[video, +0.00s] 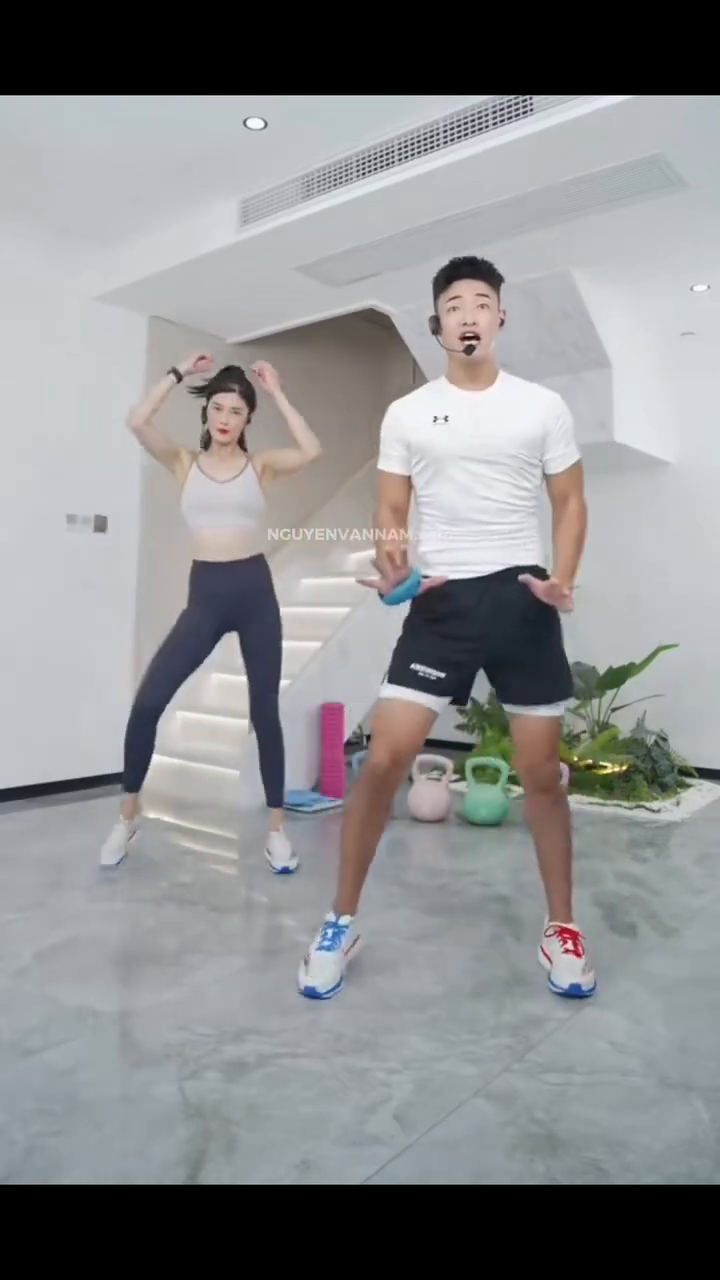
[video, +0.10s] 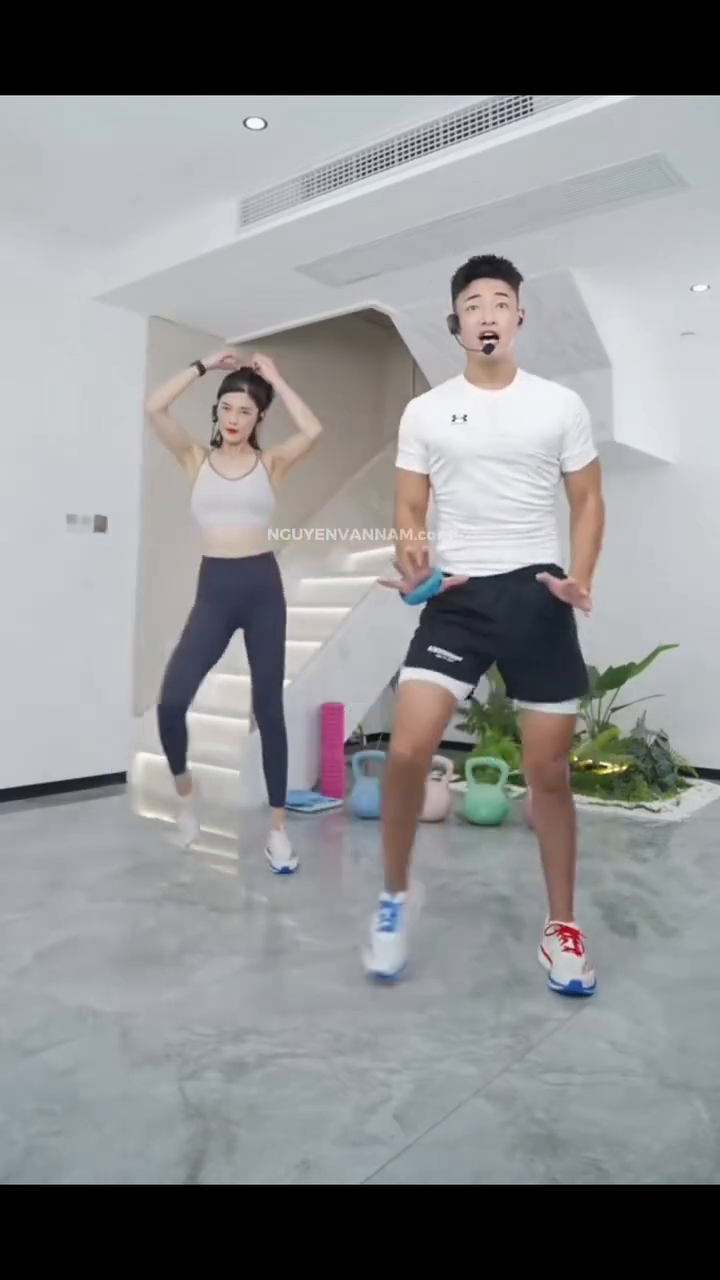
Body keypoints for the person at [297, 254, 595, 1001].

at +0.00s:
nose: (469, 317)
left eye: (481, 305)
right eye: (456, 306)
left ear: (502, 318)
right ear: (437, 324)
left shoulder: (543, 408)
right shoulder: (406, 415)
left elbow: (570, 504)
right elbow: (391, 519)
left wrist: (562, 580)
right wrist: (393, 558)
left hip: (525, 604)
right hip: (438, 605)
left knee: (542, 775)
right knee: (385, 758)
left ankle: (561, 929)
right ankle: (340, 921)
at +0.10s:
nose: (487, 316)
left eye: (501, 304)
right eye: (473, 305)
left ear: (520, 317)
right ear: (456, 323)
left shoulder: (560, 407)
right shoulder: (425, 412)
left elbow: (588, 503)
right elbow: (409, 515)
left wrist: (581, 579)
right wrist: (416, 564)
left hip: (539, 602)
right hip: (454, 601)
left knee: (549, 776)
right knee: (406, 753)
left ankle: (561, 929)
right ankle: (393, 896)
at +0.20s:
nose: (498, 314)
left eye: (511, 302)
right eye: (485, 303)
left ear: (530, 315)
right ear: (467, 320)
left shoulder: (570, 406)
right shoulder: (436, 412)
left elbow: (597, 501)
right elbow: (418, 516)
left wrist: (589, 575)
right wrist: (430, 564)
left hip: (547, 600)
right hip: (465, 599)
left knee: (553, 776)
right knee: (439, 759)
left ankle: (563, 928)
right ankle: (461, 885)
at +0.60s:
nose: (486, 316)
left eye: (498, 304)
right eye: (473, 306)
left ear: (518, 319)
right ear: (456, 322)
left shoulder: (557, 410)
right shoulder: (422, 411)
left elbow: (579, 506)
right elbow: (403, 508)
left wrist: (564, 579)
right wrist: (409, 543)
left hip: (529, 603)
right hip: (445, 603)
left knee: (547, 777)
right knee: (399, 768)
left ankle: (562, 929)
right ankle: (377, 913)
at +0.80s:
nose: (438, 317)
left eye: (451, 306)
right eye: (425, 307)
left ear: (470, 320)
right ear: (407, 324)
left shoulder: (506, 412)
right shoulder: (372, 410)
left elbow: (528, 509)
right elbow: (356, 508)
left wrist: (518, 579)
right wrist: (365, 557)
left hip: (476, 604)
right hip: (394, 604)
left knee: (517, 782)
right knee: (365, 764)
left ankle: (552, 929)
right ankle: (333, 935)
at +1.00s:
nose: (405, 313)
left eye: (419, 301)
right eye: (391, 302)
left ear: (438, 317)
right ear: (374, 320)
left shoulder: (476, 407)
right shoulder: (338, 404)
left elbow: (499, 494)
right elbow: (316, 492)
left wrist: (490, 555)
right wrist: (316, 542)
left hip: (442, 599)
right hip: (359, 600)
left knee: (471, 768)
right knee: (343, 766)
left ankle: (457, 890)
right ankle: (331, 936)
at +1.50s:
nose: (420, 301)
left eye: (433, 289)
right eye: (406, 289)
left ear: (453, 307)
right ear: (385, 308)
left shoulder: (492, 397)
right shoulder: (348, 402)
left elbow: (514, 473)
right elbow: (315, 474)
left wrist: (514, 531)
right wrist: (322, 530)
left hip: (469, 596)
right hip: (382, 601)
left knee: (521, 767)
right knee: (358, 769)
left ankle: (534, 931)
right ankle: (334, 937)